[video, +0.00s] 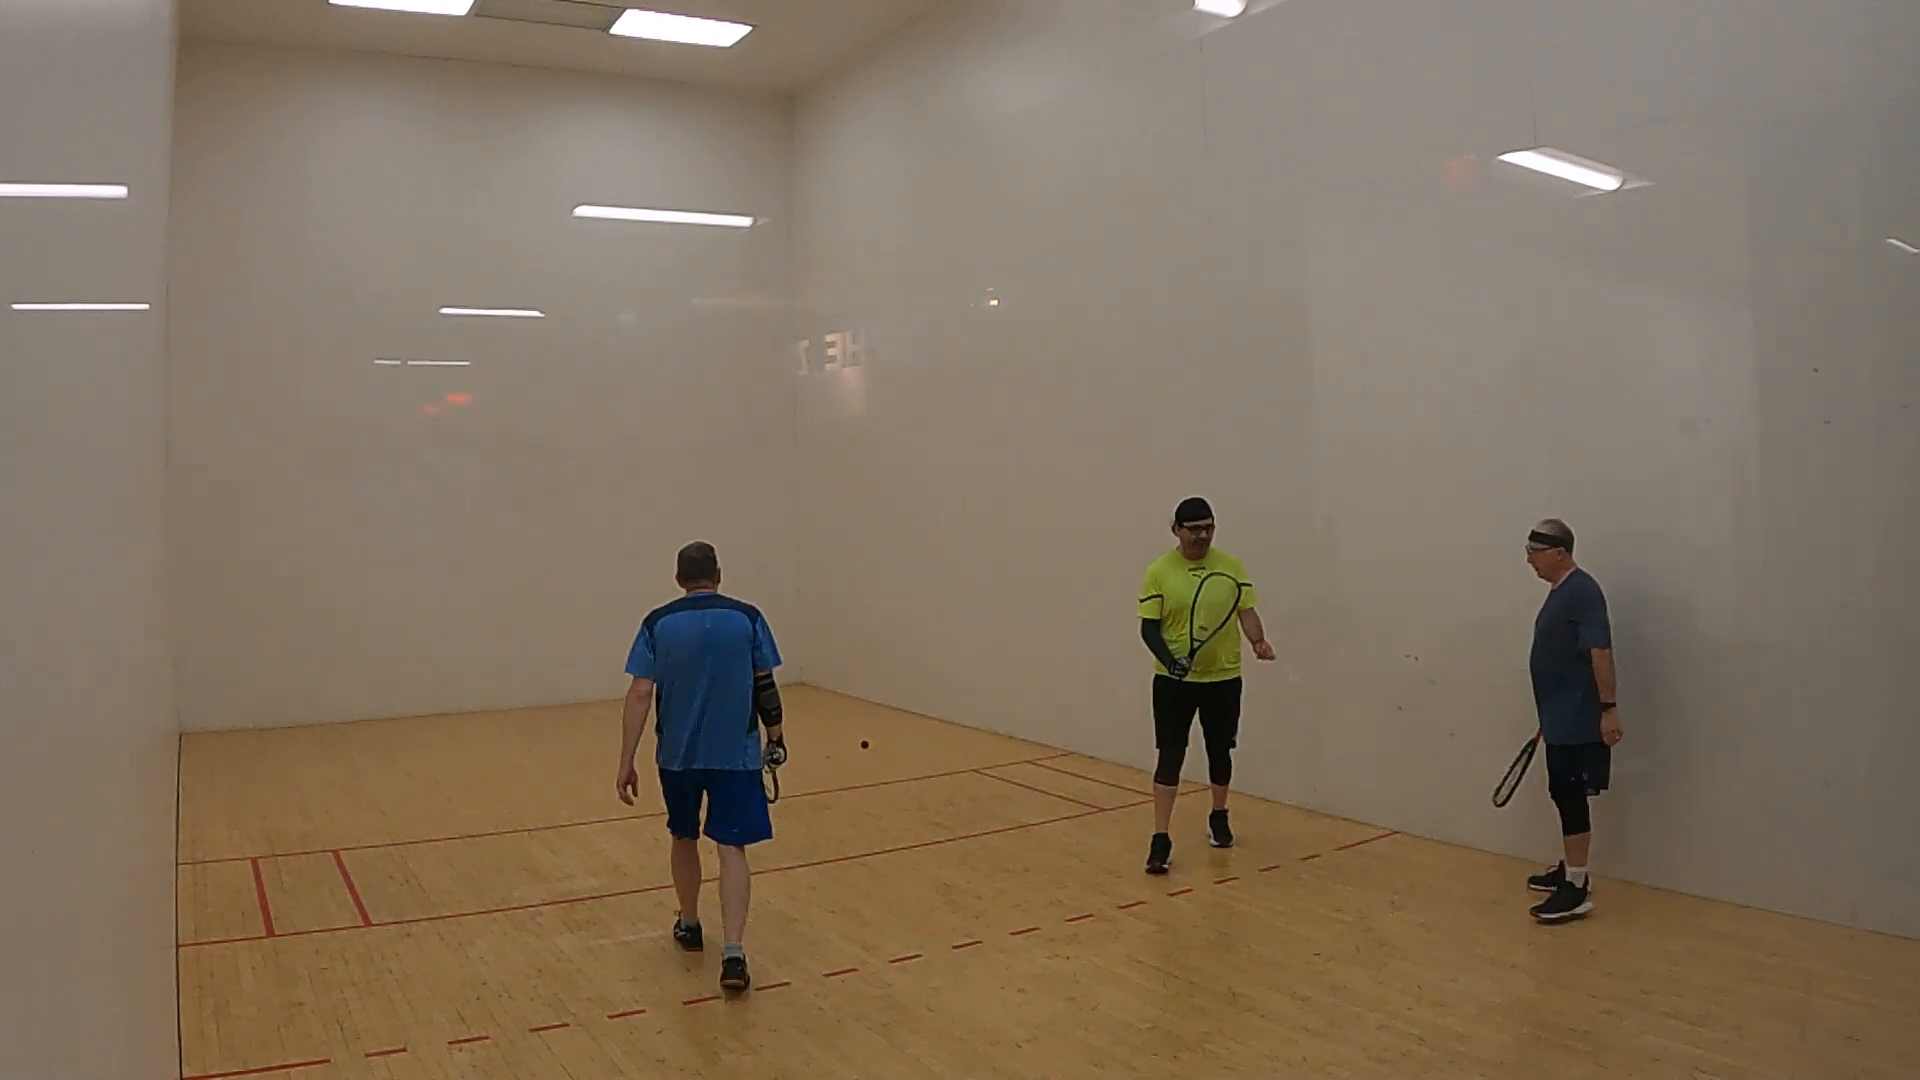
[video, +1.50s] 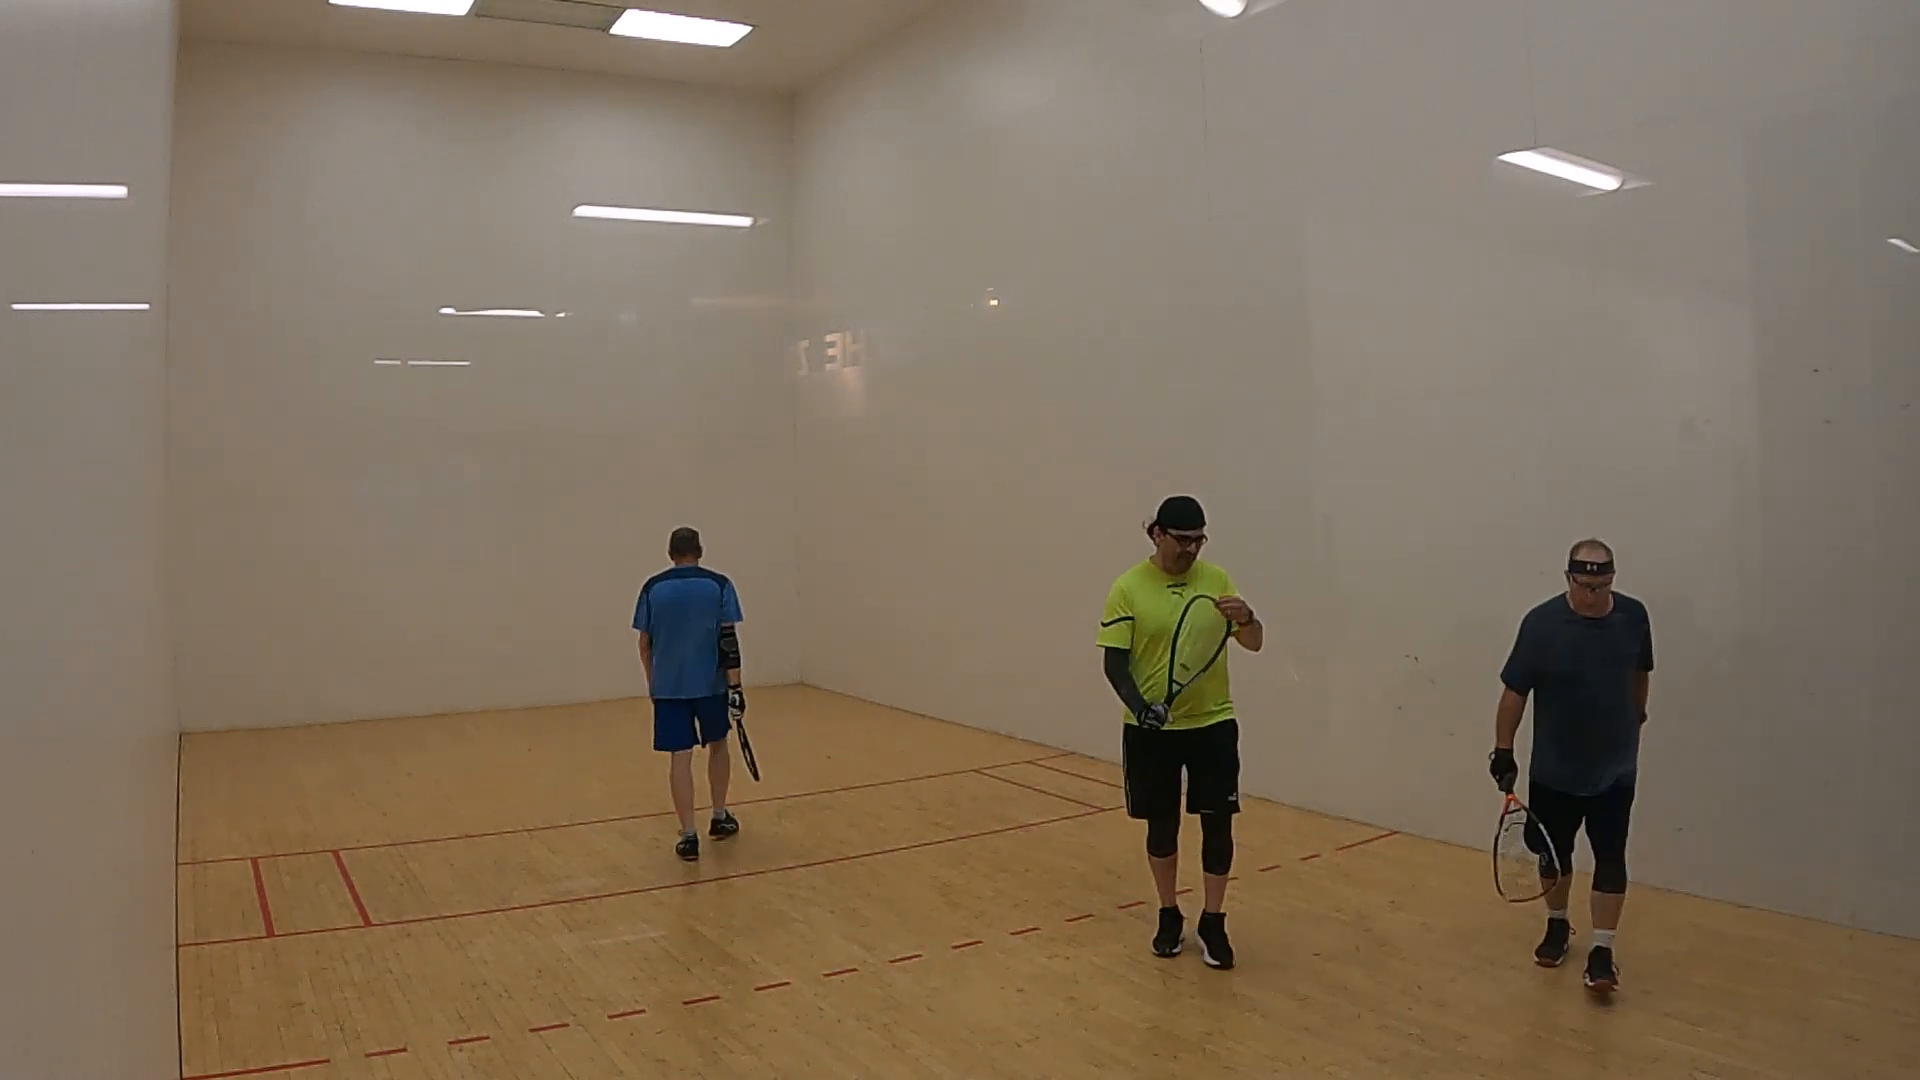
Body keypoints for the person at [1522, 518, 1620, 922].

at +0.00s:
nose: (1529, 559)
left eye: (1534, 552)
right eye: (1528, 552)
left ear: (1560, 552)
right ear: (1555, 554)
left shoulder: (1583, 590)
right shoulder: (1561, 591)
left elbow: (1600, 652)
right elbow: (1562, 658)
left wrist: (1609, 709)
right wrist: (1548, 716)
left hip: (1576, 718)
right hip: (1559, 717)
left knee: (1571, 795)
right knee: (1563, 792)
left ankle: (1578, 886)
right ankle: (1570, 868)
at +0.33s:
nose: (1553, 563)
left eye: (1560, 558)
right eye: (1552, 556)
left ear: (1584, 560)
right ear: (1561, 558)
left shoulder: (1614, 605)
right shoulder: (1563, 600)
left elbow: (1629, 670)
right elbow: (1553, 660)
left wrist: (1628, 727)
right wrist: (1540, 706)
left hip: (1597, 732)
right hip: (1560, 726)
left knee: (1595, 809)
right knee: (1560, 798)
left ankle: (1600, 890)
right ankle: (1568, 865)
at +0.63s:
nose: (1578, 572)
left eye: (1587, 567)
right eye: (1574, 565)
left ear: (1609, 564)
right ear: (1570, 561)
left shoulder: (1633, 607)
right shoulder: (1564, 599)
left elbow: (1647, 669)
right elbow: (1546, 658)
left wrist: (1637, 728)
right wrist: (1529, 708)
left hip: (1609, 736)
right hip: (1561, 727)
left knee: (1605, 815)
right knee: (1537, 797)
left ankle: (1601, 892)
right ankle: (1562, 868)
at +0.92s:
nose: (1583, 572)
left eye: (1593, 566)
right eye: (1577, 565)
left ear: (1610, 570)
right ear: (1569, 566)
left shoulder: (1632, 614)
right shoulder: (1549, 610)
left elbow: (1652, 676)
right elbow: (1528, 668)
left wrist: (1655, 731)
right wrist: (1513, 721)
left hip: (1614, 747)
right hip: (1562, 744)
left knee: (1609, 827)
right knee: (1558, 828)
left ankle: (1599, 893)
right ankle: (1556, 921)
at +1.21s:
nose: (1579, 570)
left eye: (1589, 563)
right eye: (1571, 562)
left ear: (1603, 568)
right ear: (1560, 566)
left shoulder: (1626, 613)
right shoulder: (1535, 614)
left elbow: (1650, 672)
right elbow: (1513, 677)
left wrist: (1667, 725)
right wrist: (1503, 734)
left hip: (1610, 756)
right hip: (1552, 755)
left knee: (1614, 840)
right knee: (1551, 845)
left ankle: (1600, 887)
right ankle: (1557, 925)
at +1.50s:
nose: (1591, 580)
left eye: (1601, 572)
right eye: (1582, 572)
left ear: (1613, 576)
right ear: (1568, 575)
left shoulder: (1633, 617)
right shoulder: (1540, 624)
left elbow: (1639, 673)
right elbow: (1514, 690)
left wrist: (1638, 713)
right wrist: (1503, 750)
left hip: (1615, 762)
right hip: (1555, 763)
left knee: (1610, 857)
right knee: (1552, 851)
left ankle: (1602, 952)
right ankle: (1557, 926)